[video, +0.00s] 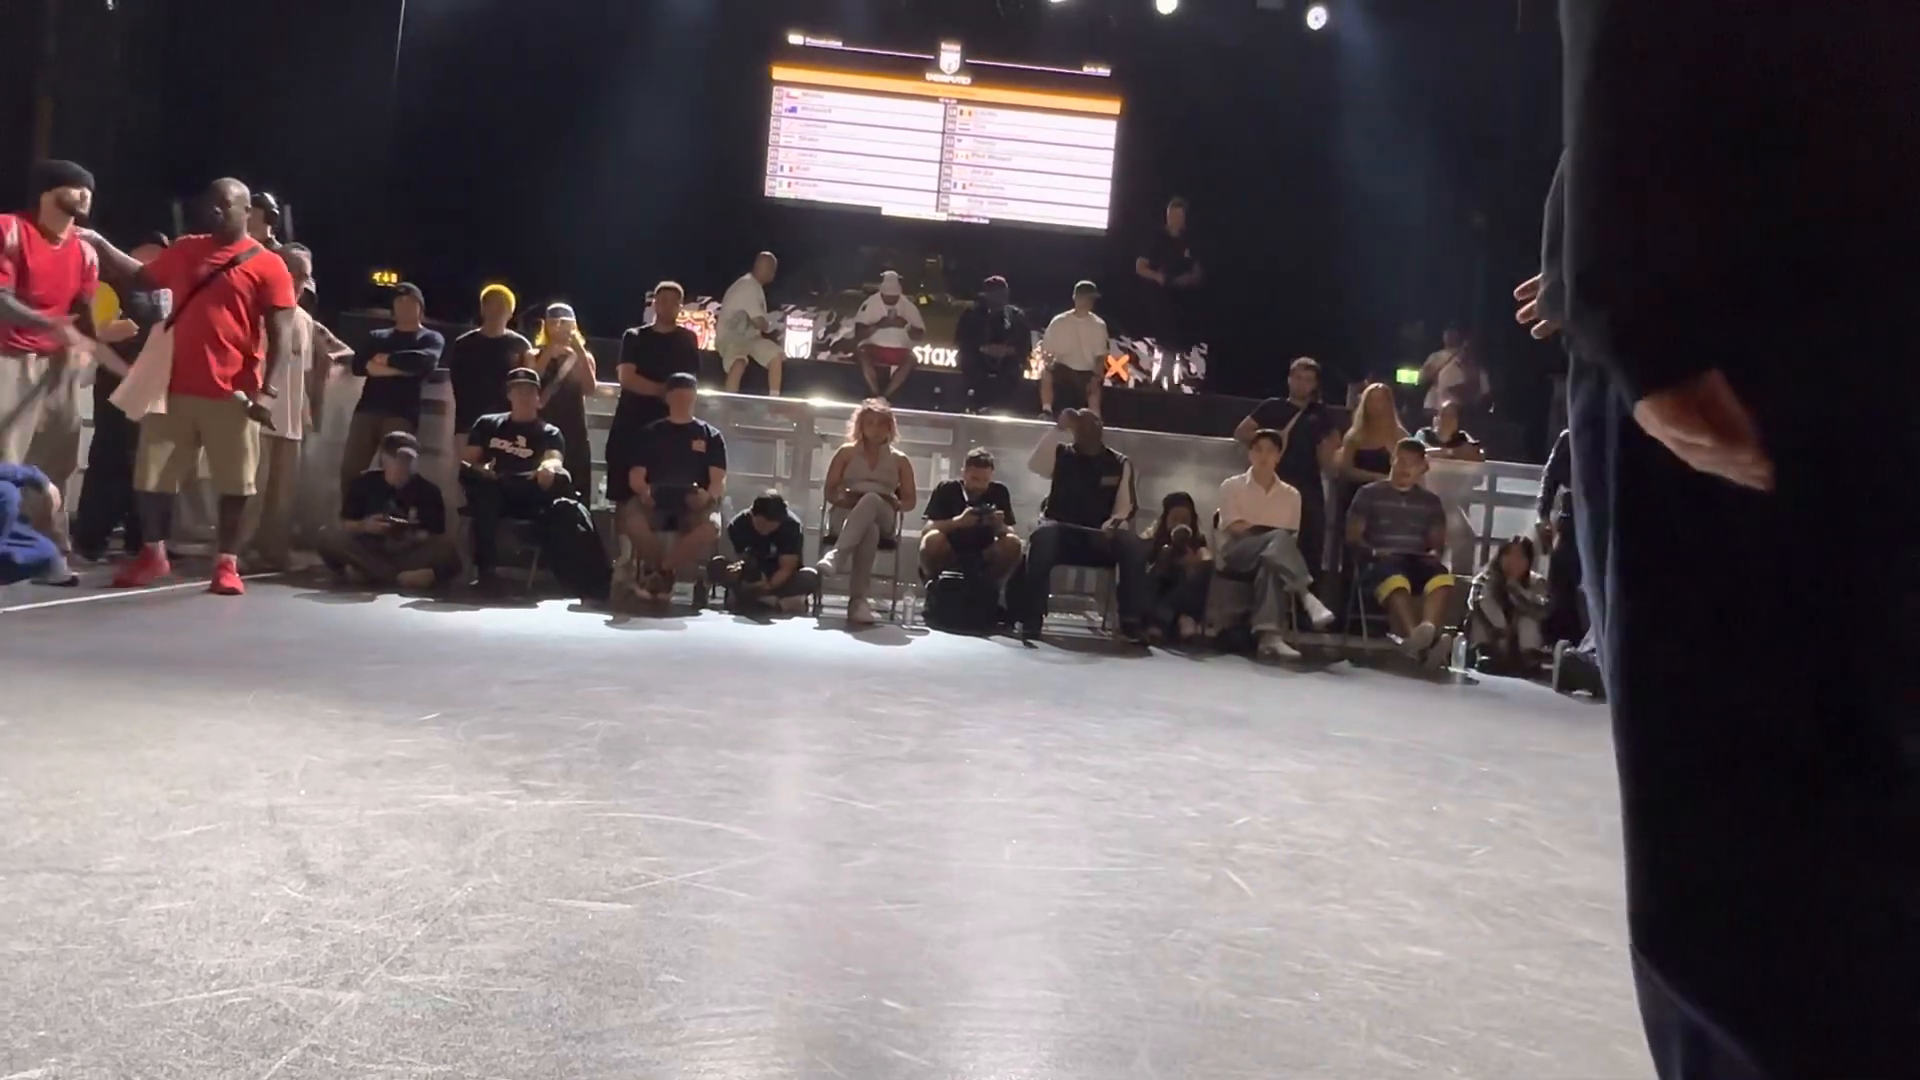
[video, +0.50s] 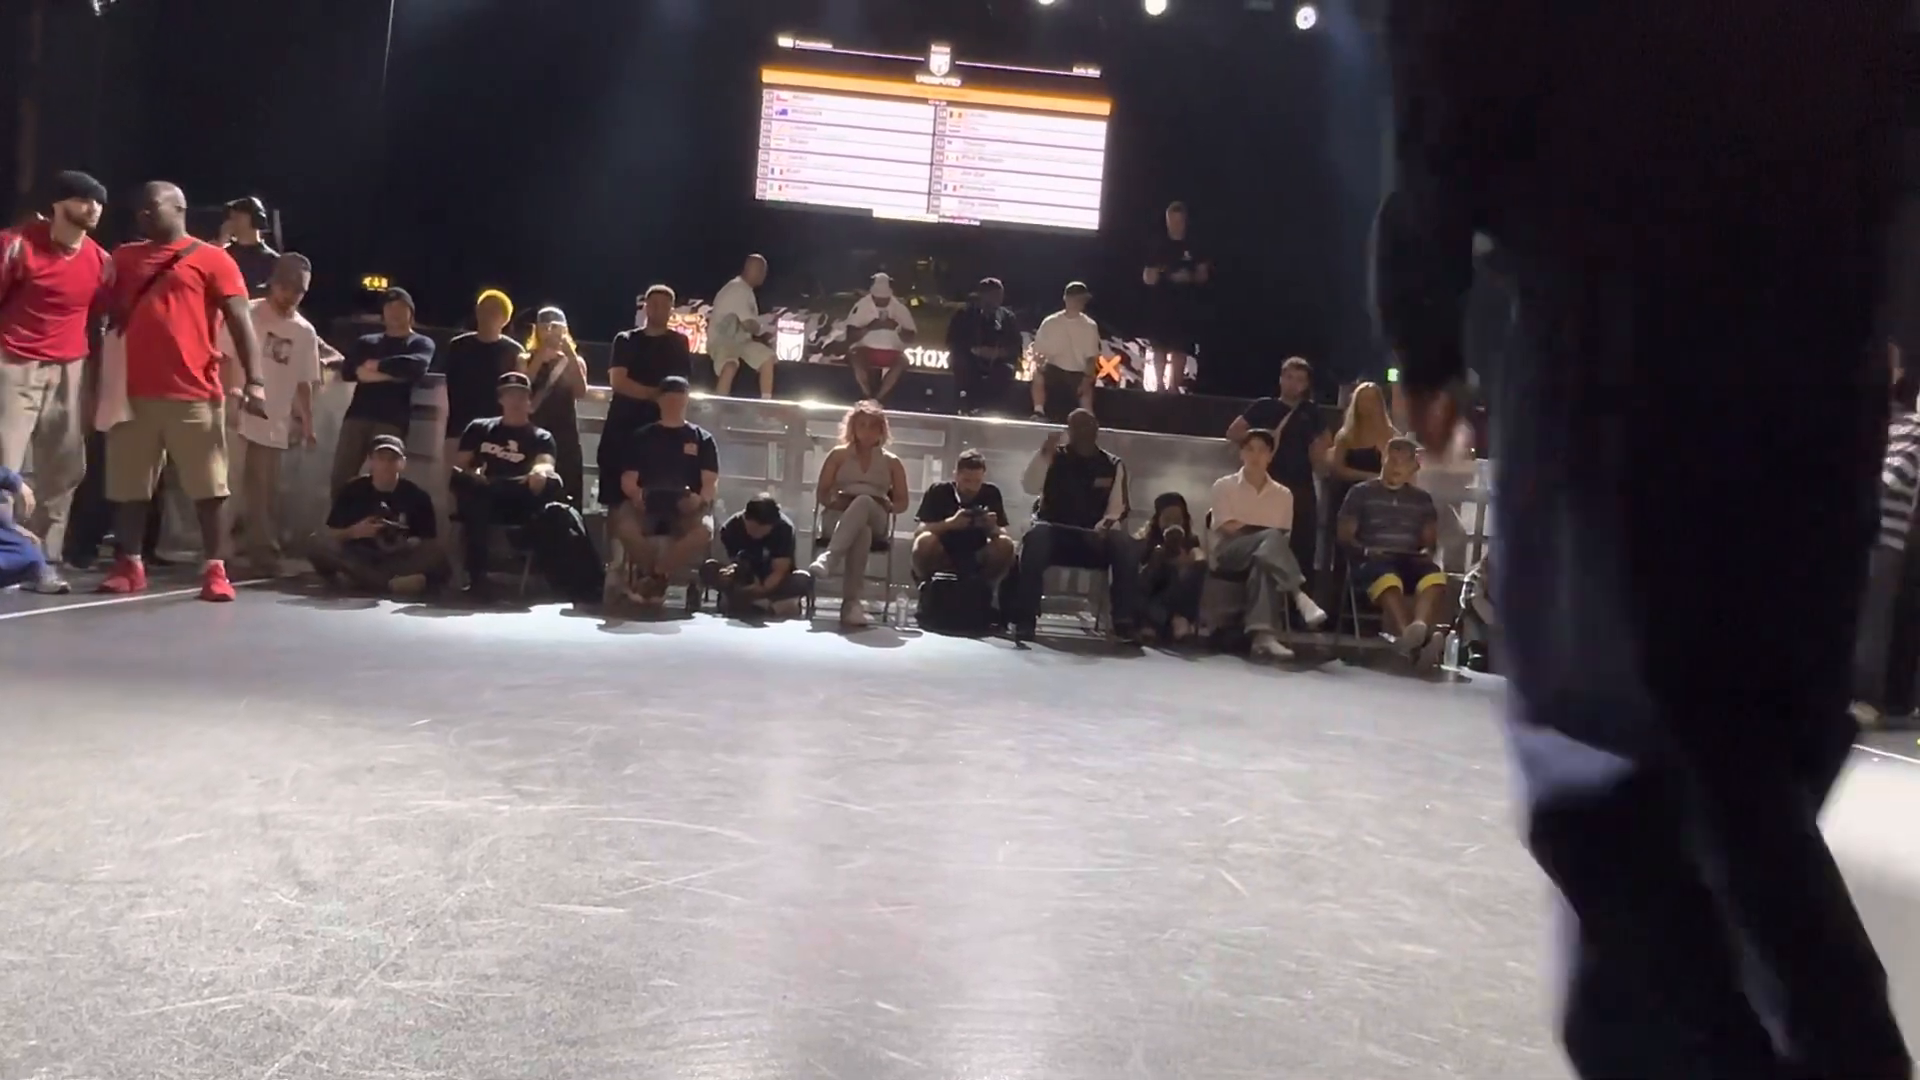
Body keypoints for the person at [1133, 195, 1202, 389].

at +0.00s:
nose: (1175, 219)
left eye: (1179, 215)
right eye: (1172, 215)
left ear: (1185, 218)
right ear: (1166, 216)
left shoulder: (1190, 242)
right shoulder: (1156, 239)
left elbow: (1198, 272)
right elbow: (1140, 267)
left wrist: (1184, 279)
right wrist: (1157, 276)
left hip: (1182, 297)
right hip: (1161, 297)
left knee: (1173, 340)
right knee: (1167, 339)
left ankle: (1158, 379)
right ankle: (1171, 380)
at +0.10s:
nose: (1177, 220)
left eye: (1181, 215)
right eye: (1174, 215)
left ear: (1187, 218)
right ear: (1168, 217)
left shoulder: (1194, 243)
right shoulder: (1159, 242)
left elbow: (1202, 273)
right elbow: (1144, 270)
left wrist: (1187, 279)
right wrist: (1161, 278)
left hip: (1188, 306)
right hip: (1163, 305)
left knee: (1184, 344)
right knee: (1165, 344)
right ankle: (1165, 380)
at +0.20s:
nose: (1178, 220)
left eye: (1182, 215)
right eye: (1175, 215)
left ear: (1188, 217)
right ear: (1169, 217)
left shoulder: (1194, 242)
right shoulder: (1161, 241)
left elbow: (1203, 271)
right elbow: (1147, 272)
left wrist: (1191, 278)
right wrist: (1173, 278)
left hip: (1189, 301)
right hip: (1167, 301)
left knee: (1185, 346)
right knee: (1169, 346)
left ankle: (1181, 384)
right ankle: (1169, 384)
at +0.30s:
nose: (1178, 222)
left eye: (1182, 218)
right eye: (1175, 218)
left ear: (1188, 220)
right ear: (1169, 220)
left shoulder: (1197, 246)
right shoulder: (1161, 246)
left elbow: (1204, 275)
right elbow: (1149, 275)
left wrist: (1189, 277)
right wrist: (1168, 277)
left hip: (1189, 306)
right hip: (1166, 305)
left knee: (1184, 350)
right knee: (1167, 349)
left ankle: (1179, 387)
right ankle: (1166, 386)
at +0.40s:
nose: (1178, 224)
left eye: (1182, 219)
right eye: (1174, 219)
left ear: (1188, 221)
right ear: (1168, 220)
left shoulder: (1195, 246)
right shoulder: (1160, 246)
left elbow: (1204, 275)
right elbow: (1149, 276)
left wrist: (1188, 276)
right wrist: (1168, 274)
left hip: (1187, 306)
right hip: (1163, 305)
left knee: (1182, 349)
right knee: (1164, 348)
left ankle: (1177, 386)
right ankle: (1163, 385)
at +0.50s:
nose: (1176, 224)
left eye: (1179, 220)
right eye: (1172, 220)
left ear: (1186, 222)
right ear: (1166, 221)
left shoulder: (1194, 246)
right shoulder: (1158, 246)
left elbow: (1202, 275)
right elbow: (1148, 277)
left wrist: (1183, 276)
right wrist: (1162, 271)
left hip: (1185, 306)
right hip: (1160, 305)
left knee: (1180, 350)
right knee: (1159, 349)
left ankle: (1175, 387)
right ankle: (1159, 386)